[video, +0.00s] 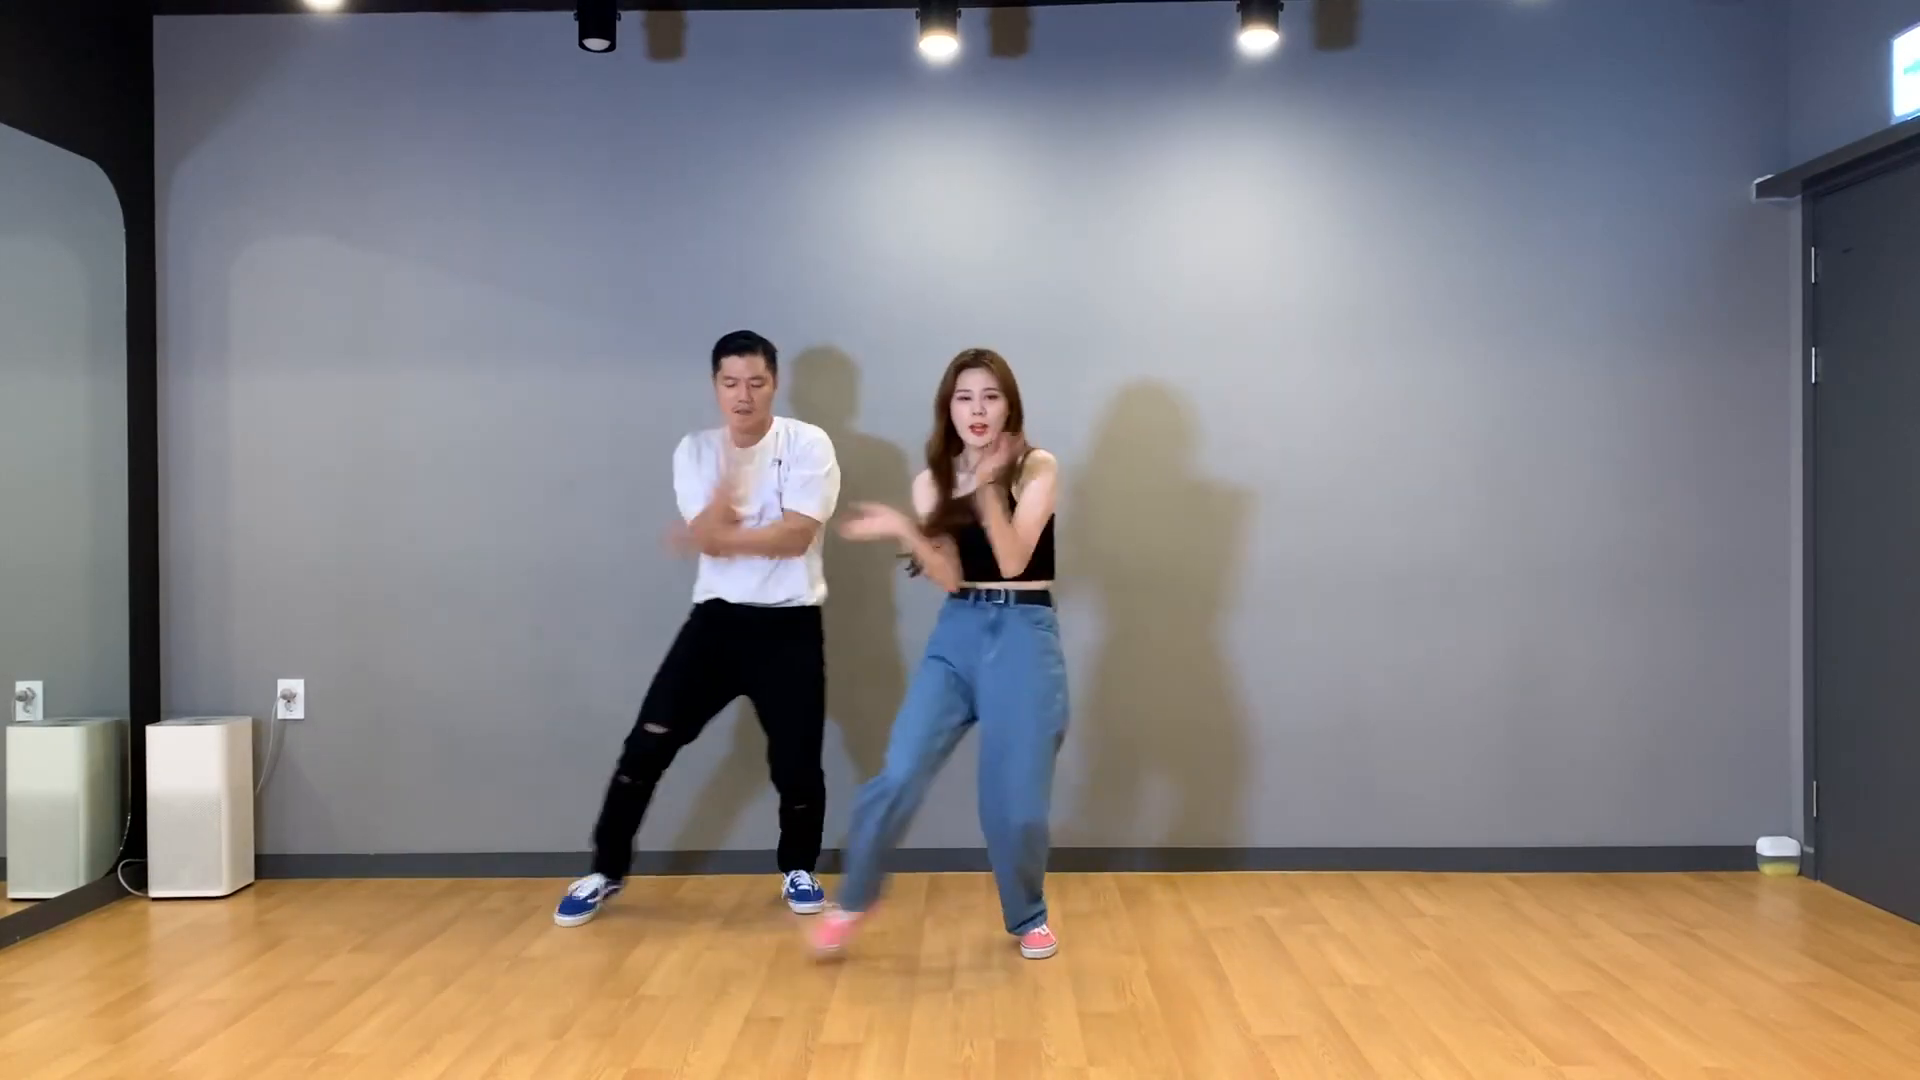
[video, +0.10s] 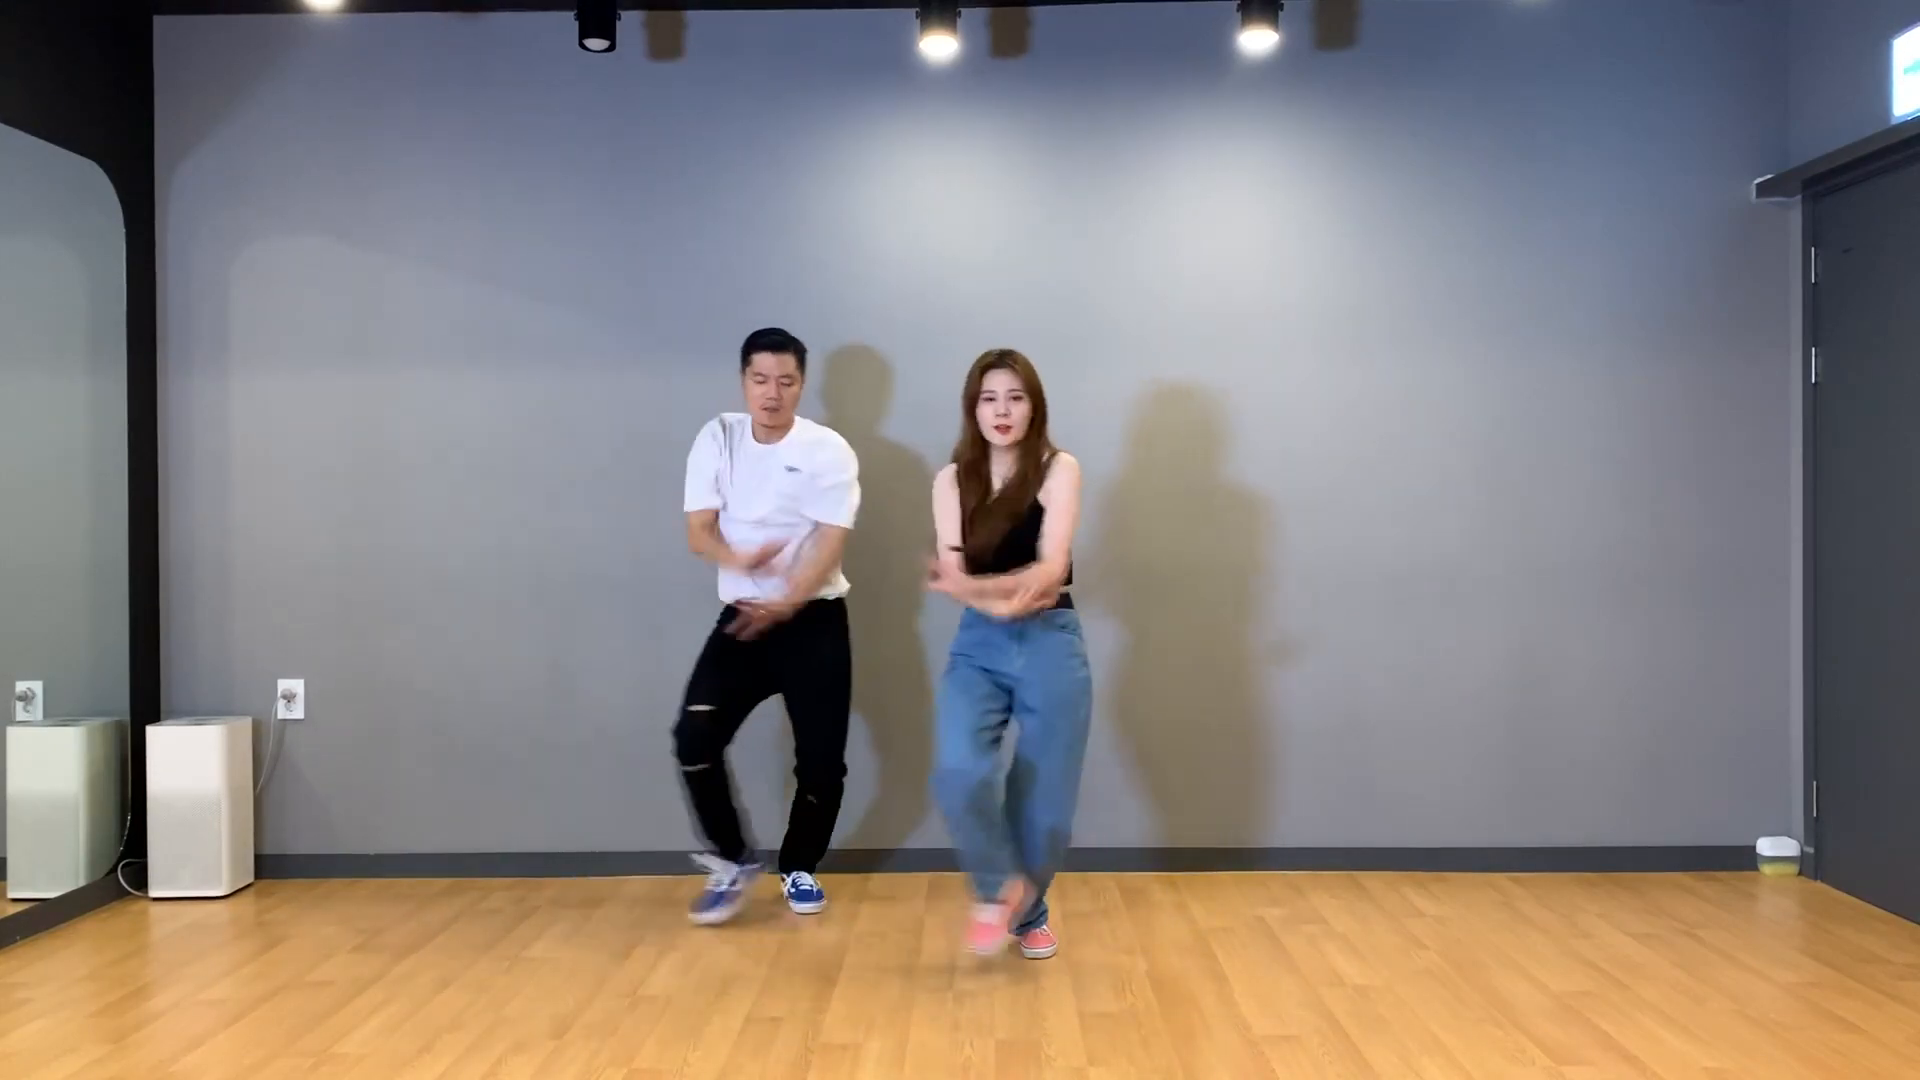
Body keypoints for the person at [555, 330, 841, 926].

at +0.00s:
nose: (743, 394)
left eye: (755, 383)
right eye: (731, 383)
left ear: (774, 386)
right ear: (716, 389)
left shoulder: (809, 445)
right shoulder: (695, 450)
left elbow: (797, 537)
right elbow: (707, 539)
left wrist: (716, 538)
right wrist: (725, 495)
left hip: (790, 626)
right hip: (716, 621)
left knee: (798, 762)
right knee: (648, 744)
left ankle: (799, 873)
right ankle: (608, 872)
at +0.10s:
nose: (771, 392)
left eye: (784, 381)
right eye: (760, 379)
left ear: (801, 385)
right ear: (744, 384)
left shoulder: (831, 452)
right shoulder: (718, 438)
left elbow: (829, 548)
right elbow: (699, 533)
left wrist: (780, 606)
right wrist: (736, 558)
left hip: (817, 618)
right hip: (743, 616)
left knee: (823, 761)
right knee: (695, 737)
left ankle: (799, 869)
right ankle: (734, 861)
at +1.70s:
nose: (926, 391)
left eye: (935, 375)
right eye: (913, 384)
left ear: (960, 368)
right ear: (905, 391)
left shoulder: (988, 439)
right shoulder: (922, 437)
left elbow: (922, 517)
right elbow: (893, 502)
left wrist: (907, 435)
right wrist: (860, 427)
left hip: (998, 616)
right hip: (940, 620)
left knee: (1033, 763)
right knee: (863, 737)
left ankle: (1107, 878)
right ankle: (865, 883)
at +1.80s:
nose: (924, 390)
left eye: (933, 374)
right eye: (910, 382)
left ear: (957, 370)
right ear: (899, 390)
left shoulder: (984, 444)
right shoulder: (900, 423)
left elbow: (957, 512)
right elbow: (873, 500)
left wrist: (915, 437)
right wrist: (860, 429)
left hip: (996, 617)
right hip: (936, 619)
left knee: (1030, 760)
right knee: (861, 739)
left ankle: (1105, 878)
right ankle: (866, 883)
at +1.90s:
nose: (920, 379)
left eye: (929, 363)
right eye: (906, 371)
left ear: (953, 357)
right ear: (895, 376)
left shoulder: (995, 424)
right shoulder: (890, 415)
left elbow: (1029, 515)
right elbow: (863, 487)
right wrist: (849, 506)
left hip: (975, 612)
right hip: (909, 609)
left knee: (994, 757)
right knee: (846, 738)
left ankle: (1061, 860)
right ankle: (864, 883)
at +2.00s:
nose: (923, 375)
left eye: (933, 360)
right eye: (909, 366)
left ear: (957, 360)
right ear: (899, 375)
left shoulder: (1005, 439)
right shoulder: (884, 437)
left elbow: (1029, 533)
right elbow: (858, 525)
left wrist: (1023, 620)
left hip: (968, 622)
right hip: (892, 618)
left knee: (991, 758)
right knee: (831, 737)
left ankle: (1010, 877)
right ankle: (860, 881)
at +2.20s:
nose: (923, 373)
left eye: (935, 359)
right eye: (910, 362)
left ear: (957, 367)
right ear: (896, 373)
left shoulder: (992, 447)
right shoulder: (863, 440)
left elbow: (1011, 534)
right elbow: (828, 526)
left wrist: (1007, 619)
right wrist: (793, 602)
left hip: (960, 628)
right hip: (882, 625)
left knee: (1018, 754)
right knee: (845, 753)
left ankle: (1015, 882)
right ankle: (777, 871)